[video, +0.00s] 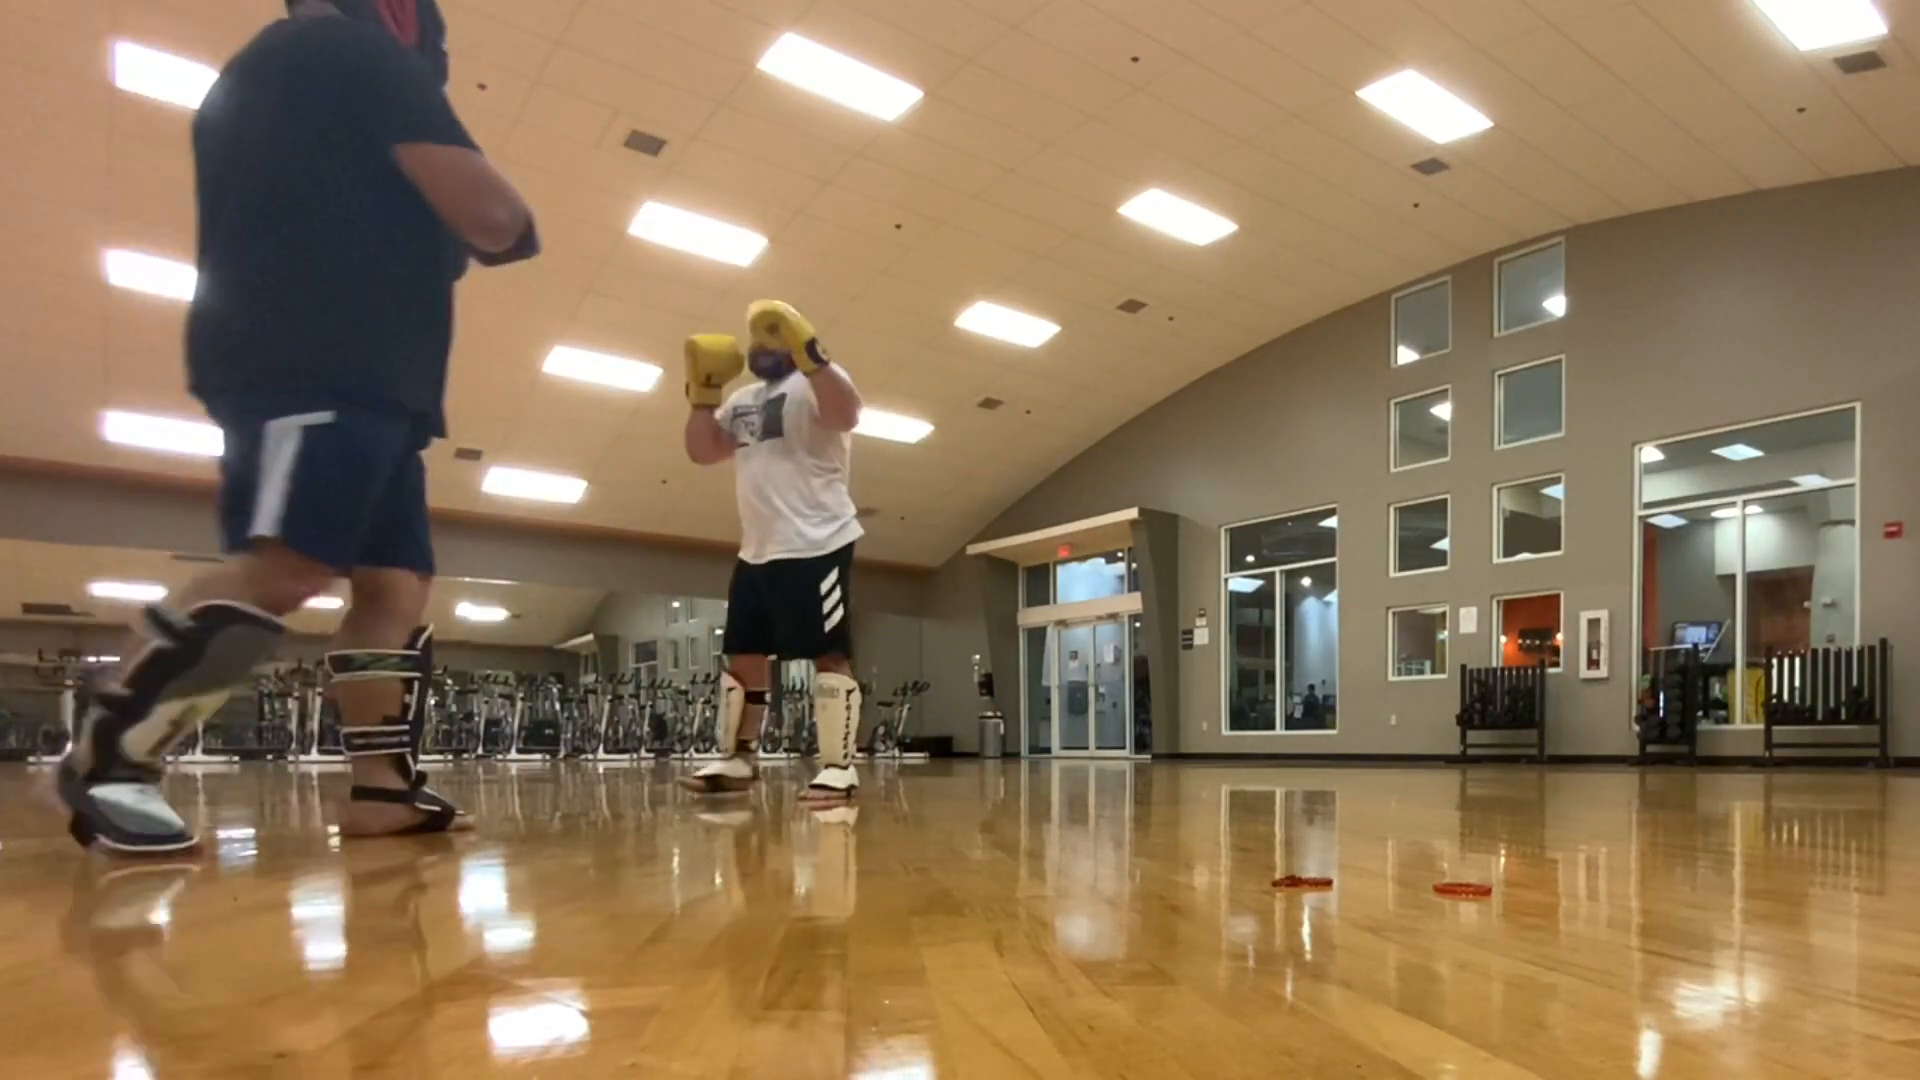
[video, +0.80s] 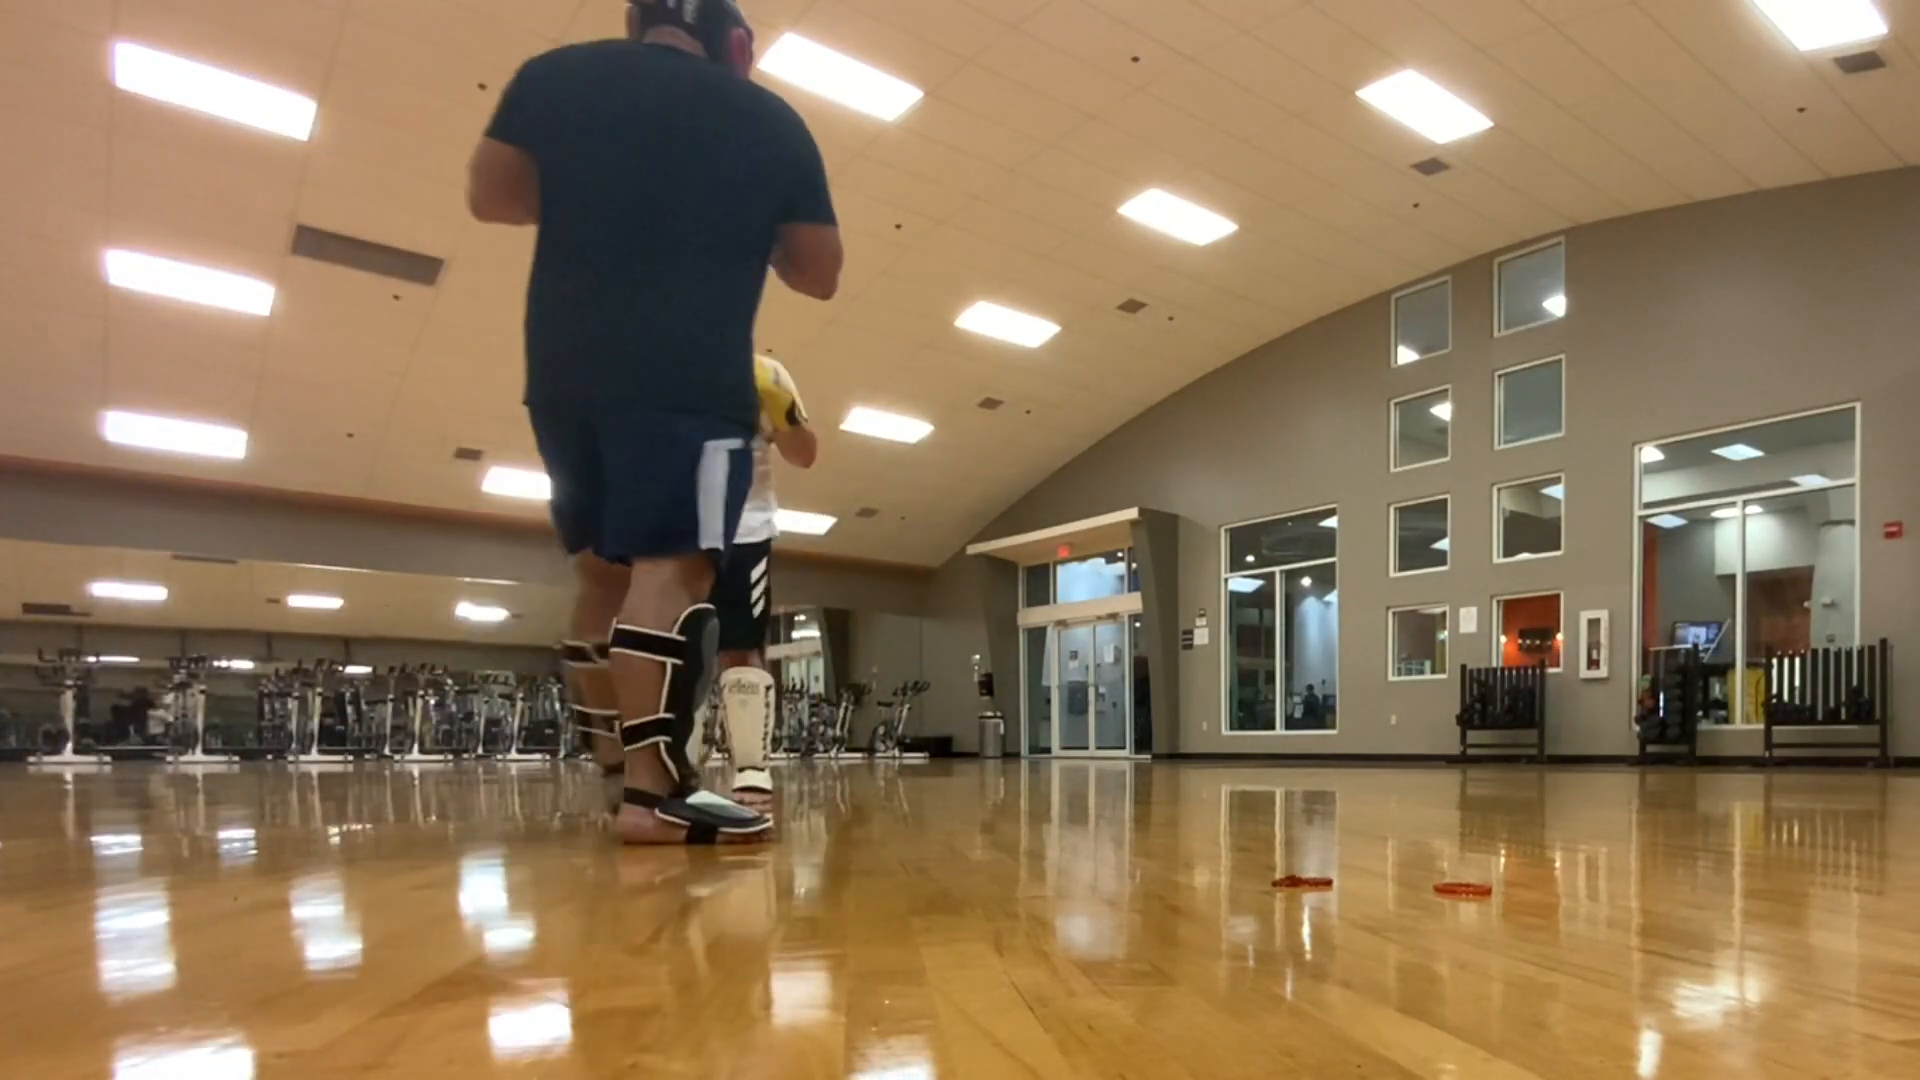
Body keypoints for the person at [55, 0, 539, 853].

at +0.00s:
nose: (428, 40)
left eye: (430, 32)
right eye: (423, 25)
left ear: (308, 0)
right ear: (387, 3)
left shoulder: (243, 75)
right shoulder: (365, 48)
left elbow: (328, 219)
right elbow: (492, 216)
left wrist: (446, 233)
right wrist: (508, 233)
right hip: (331, 362)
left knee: (394, 581)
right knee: (286, 565)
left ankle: (380, 787)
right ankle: (109, 754)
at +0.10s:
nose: (448, 26)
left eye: (448, 21)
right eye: (445, 16)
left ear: (333, 0)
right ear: (416, 2)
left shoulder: (279, 76)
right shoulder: (402, 48)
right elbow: (525, 205)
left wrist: (484, 220)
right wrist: (549, 201)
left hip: (294, 348)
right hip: (379, 343)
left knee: (364, 569)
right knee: (398, 560)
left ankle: (379, 784)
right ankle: (184, 725)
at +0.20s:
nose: (486, 32)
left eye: (485, 24)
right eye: (481, 19)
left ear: (371, 4)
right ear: (448, 4)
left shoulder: (314, 78)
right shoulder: (440, 52)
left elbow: (392, 209)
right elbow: (560, 203)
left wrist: (512, 208)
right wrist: (579, 187)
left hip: (322, 353)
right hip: (417, 346)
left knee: (374, 566)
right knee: (479, 542)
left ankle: (345, 762)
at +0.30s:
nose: (521, 34)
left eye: (520, 23)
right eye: (517, 19)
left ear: (403, 12)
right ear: (485, 9)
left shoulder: (345, 95)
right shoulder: (486, 69)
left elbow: (359, 235)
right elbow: (591, 216)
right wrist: (618, 183)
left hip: (354, 364)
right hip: (463, 360)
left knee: (385, 570)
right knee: (514, 545)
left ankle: (371, 789)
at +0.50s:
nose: (628, 62)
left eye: (628, 47)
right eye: (624, 43)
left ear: (506, 24)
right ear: (599, 30)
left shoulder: (429, 108)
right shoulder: (610, 102)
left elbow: (407, 255)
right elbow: (692, 257)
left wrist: (506, 250)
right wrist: (605, 232)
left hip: (456, 386)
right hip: (580, 382)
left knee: (459, 585)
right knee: (633, 569)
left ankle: (386, 788)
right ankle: (648, 790)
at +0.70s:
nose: (724, 56)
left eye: (724, 43)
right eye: (722, 41)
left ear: (606, 21)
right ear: (704, 31)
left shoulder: (517, 77)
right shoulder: (727, 108)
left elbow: (447, 190)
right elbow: (787, 262)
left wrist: (549, 197)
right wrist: (708, 211)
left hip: (534, 368)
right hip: (656, 369)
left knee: (564, 555)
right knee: (671, 564)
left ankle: (515, 754)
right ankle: (649, 792)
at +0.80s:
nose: (753, 58)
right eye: (748, 45)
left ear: (632, 24)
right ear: (728, 42)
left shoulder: (555, 73)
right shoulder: (767, 118)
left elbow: (493, 193)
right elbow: (818, 271)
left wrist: (593, 186)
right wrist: (739, 215)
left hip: (565, 373)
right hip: (689, 376)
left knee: (602, 573)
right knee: (667, 573)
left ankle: (626, 778)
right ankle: (650, 795)